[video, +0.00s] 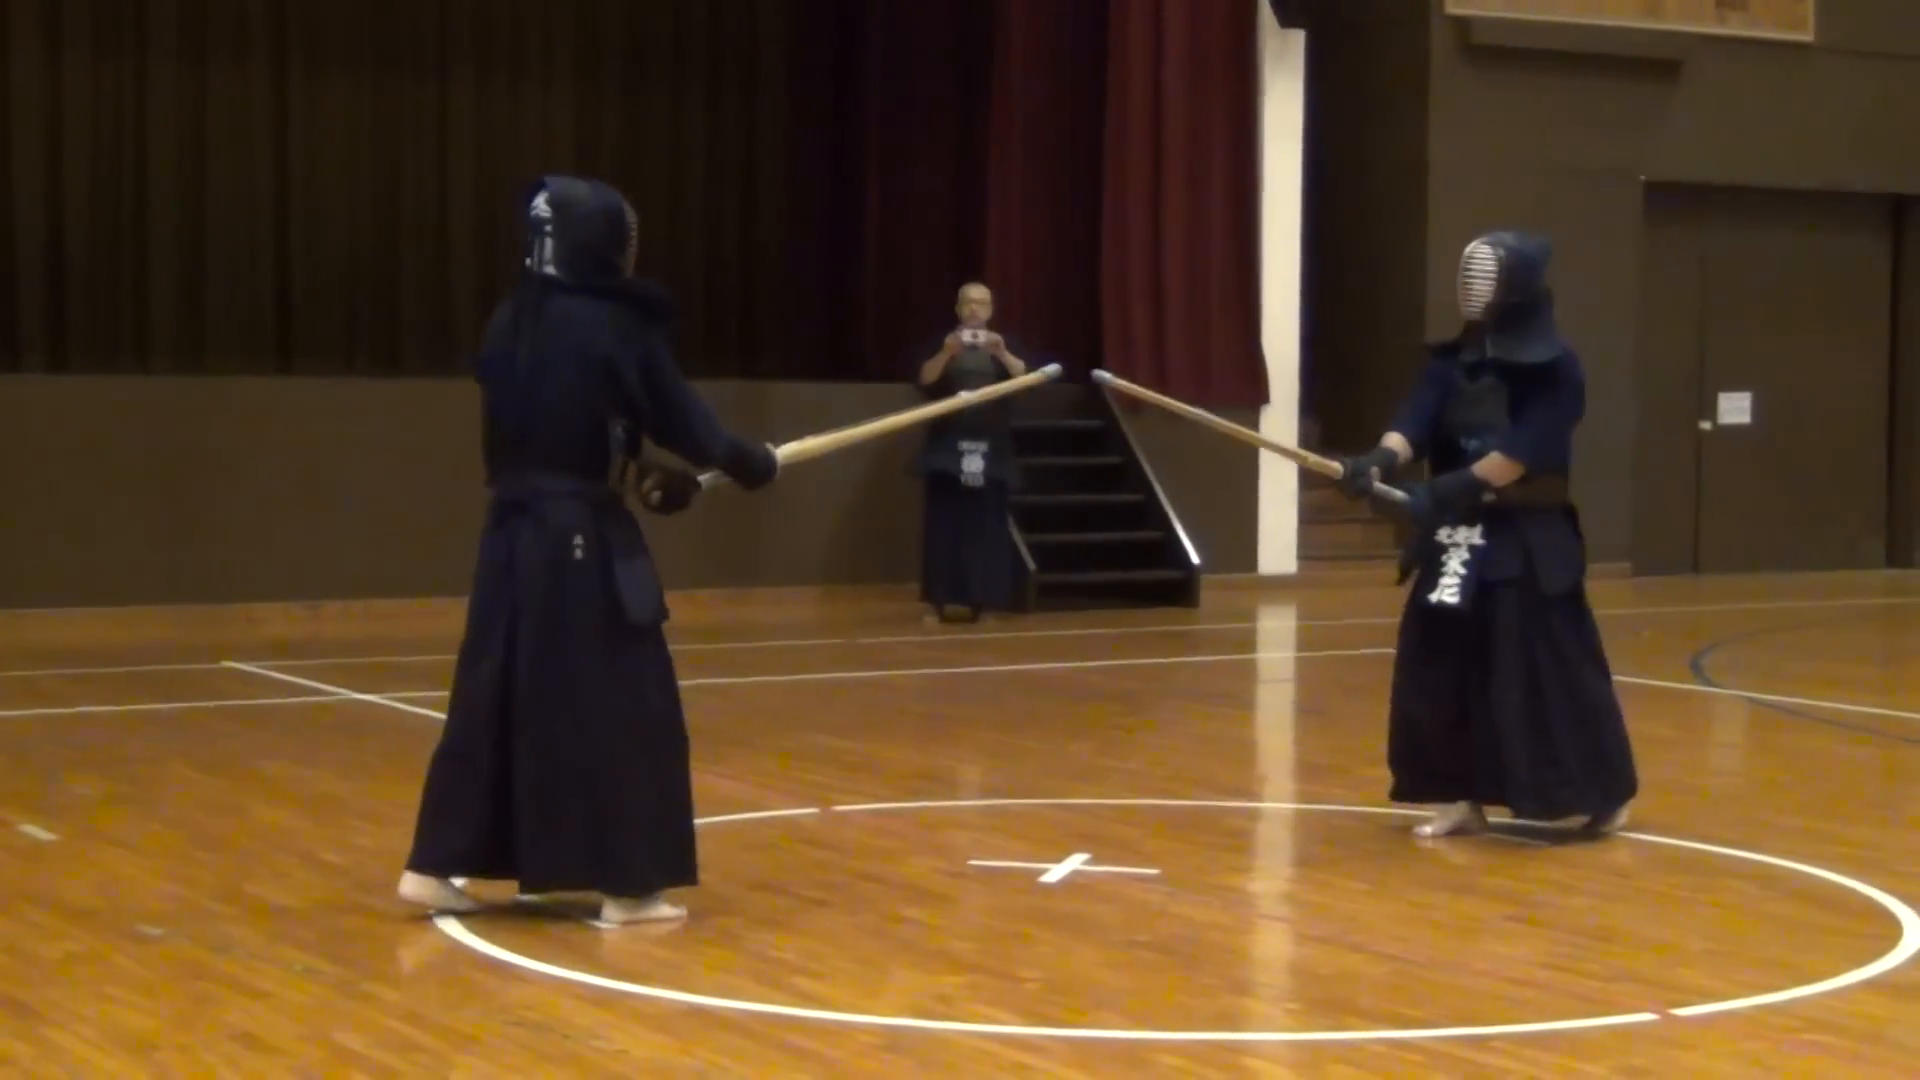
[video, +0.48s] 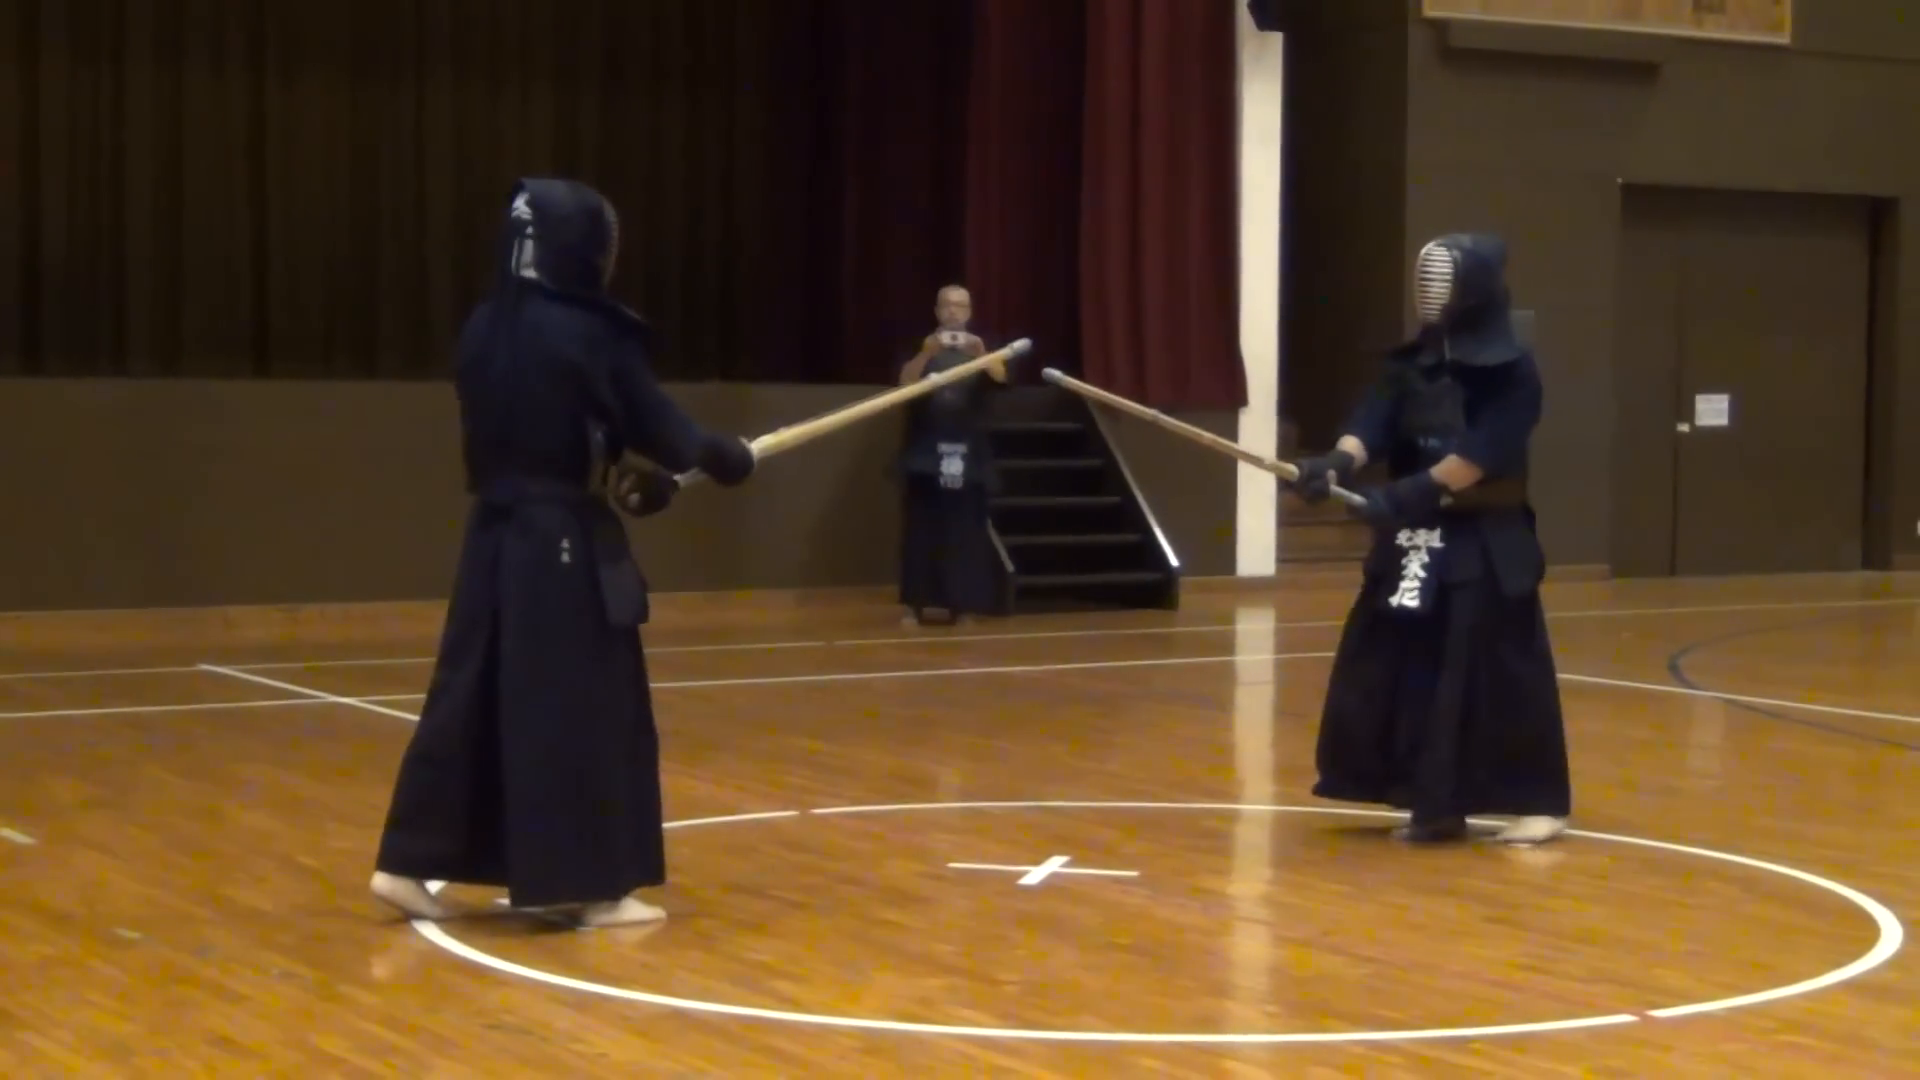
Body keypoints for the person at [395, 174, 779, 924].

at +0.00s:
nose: (631, 252)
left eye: (627, 238)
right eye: (624, 241)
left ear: (549, 245)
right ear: (604, 248)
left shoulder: (511, 319)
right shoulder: (614, 324)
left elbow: (548, 427)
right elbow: (680, 419)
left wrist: (631, 467)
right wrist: (751, 461)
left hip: (510, 534)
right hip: (583, 537)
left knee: (490, 694)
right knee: (625, 704)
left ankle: (431, 865)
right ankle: (629, 889)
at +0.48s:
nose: (609, 258)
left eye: (607, 245)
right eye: (603, 246)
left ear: (527, 246)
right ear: (580, 252)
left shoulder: (485, 327)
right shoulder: (591, 332)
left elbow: (526, 434)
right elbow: (656, 424)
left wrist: (611, 468)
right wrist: (723, 453)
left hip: (493, 536)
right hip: (563, 541)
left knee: (469, 694)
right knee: (589, 707)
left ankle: (406, 861)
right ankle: (597, 888)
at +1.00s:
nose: (617, 265)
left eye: (617, 251)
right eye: (611, 251)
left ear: (533, 250)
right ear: (585, 255)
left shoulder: (486, 330)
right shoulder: (583, 335)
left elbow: (518, 448)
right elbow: (643, 423)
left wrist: (612, 479)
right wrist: (716, 452)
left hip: (492, 540)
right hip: (560, 544)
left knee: (468, 695)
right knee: (585, 709)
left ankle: (402, 860)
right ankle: (585, 888)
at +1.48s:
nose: (575, 263)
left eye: (574, 249)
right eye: (569, 250)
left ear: (492, 251)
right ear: (547, 256)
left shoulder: (452, 329)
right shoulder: (550, 338)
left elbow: (484, 451)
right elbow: (613, 429)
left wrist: (576, 479)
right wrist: (677, 458)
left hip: (459, 542)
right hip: (526, 547)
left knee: (434, 699)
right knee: (550, 712)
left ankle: (369, 864)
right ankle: (554, 889)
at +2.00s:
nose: (571, 262)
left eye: (569, 247)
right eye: (565, 249)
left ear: (488, 249)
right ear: (542, 255)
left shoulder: (447, 329)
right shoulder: (547, 338)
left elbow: (482, 448)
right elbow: (619, 430)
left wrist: (573, 479)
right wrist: (687, 461)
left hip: (455, 543)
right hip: (524, 547)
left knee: (435, 703)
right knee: (543, 711)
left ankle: (377, 872)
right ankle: (552, 883)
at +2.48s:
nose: (567, 264)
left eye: (566, 250)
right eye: (561, 251)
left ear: (483, 252)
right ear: (538, 257)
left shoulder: (440, 325)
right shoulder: (546, 338)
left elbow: (474, 429)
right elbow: (609, 425)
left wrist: (563, 469)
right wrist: (675, 461)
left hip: (443, 538)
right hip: (513, 544)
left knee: (414, 692)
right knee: (537, 709)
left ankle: (340, 853)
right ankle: (546, 887)